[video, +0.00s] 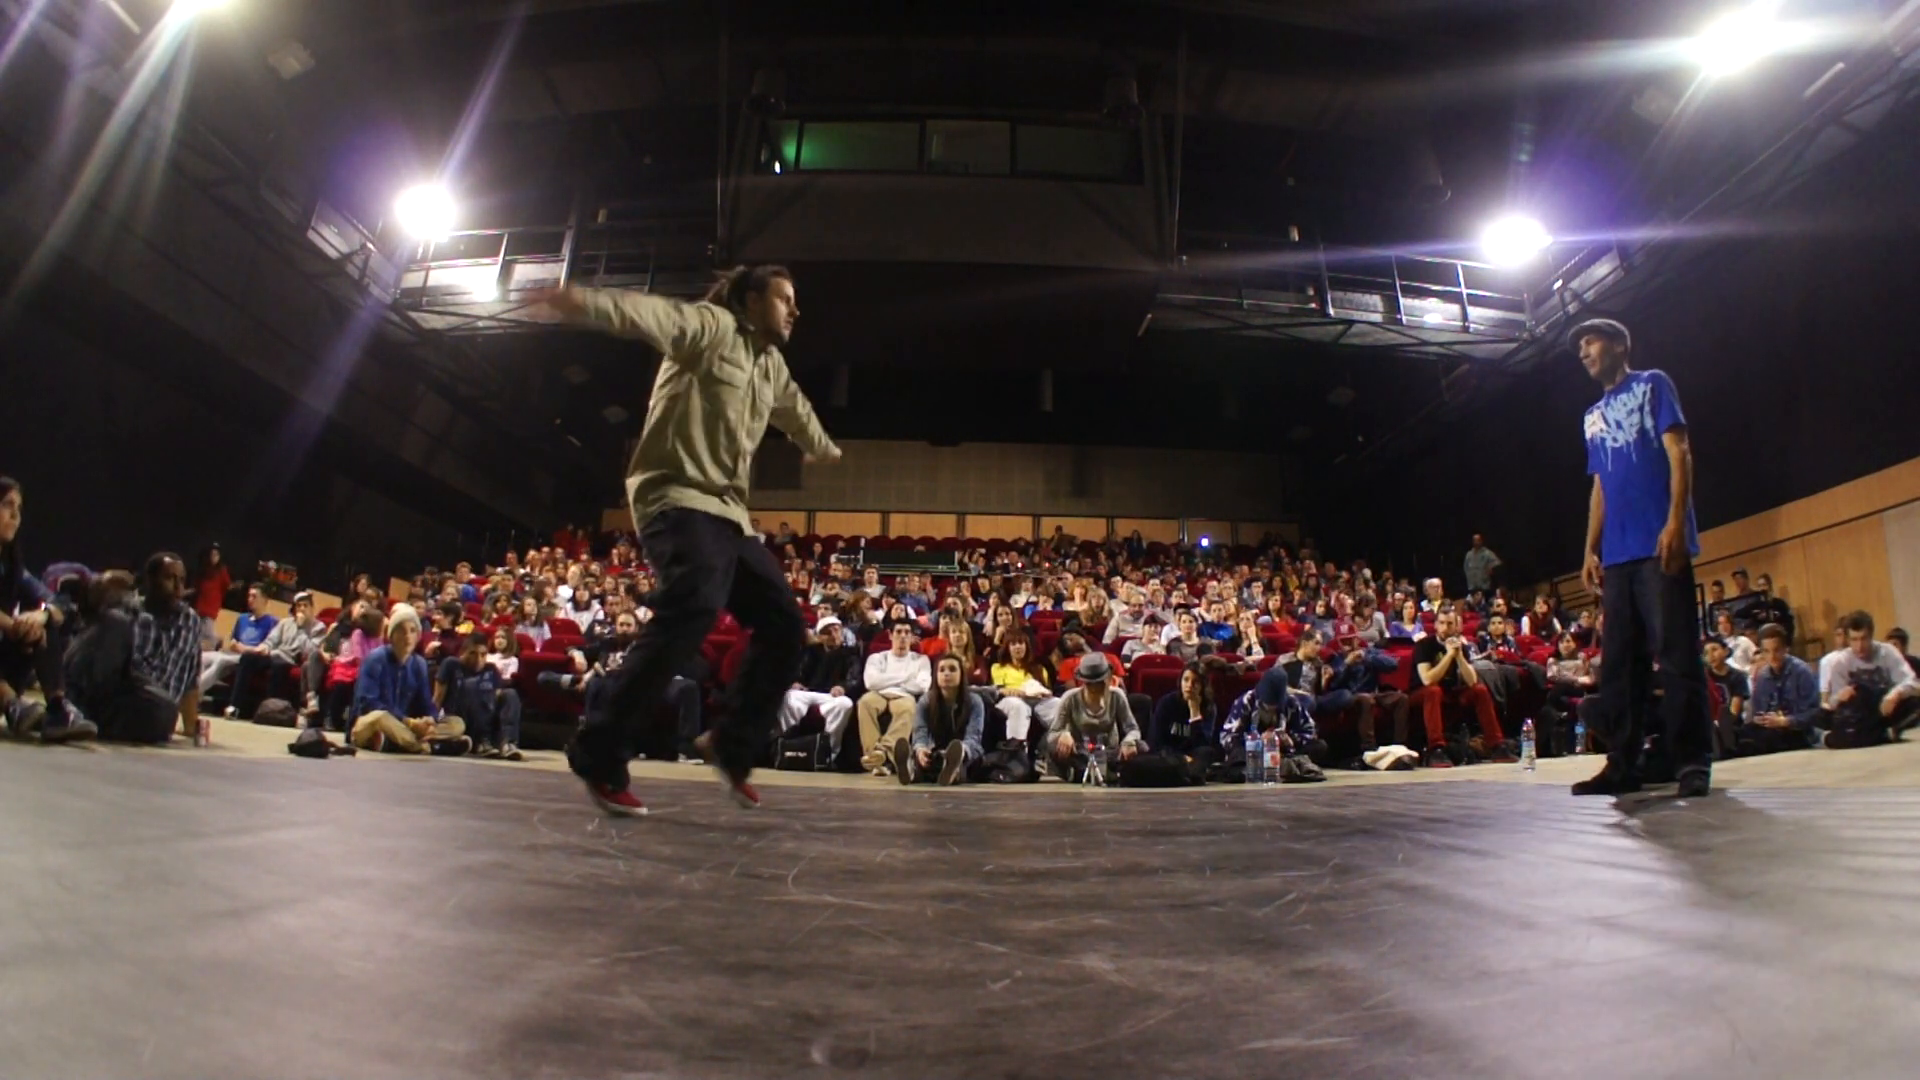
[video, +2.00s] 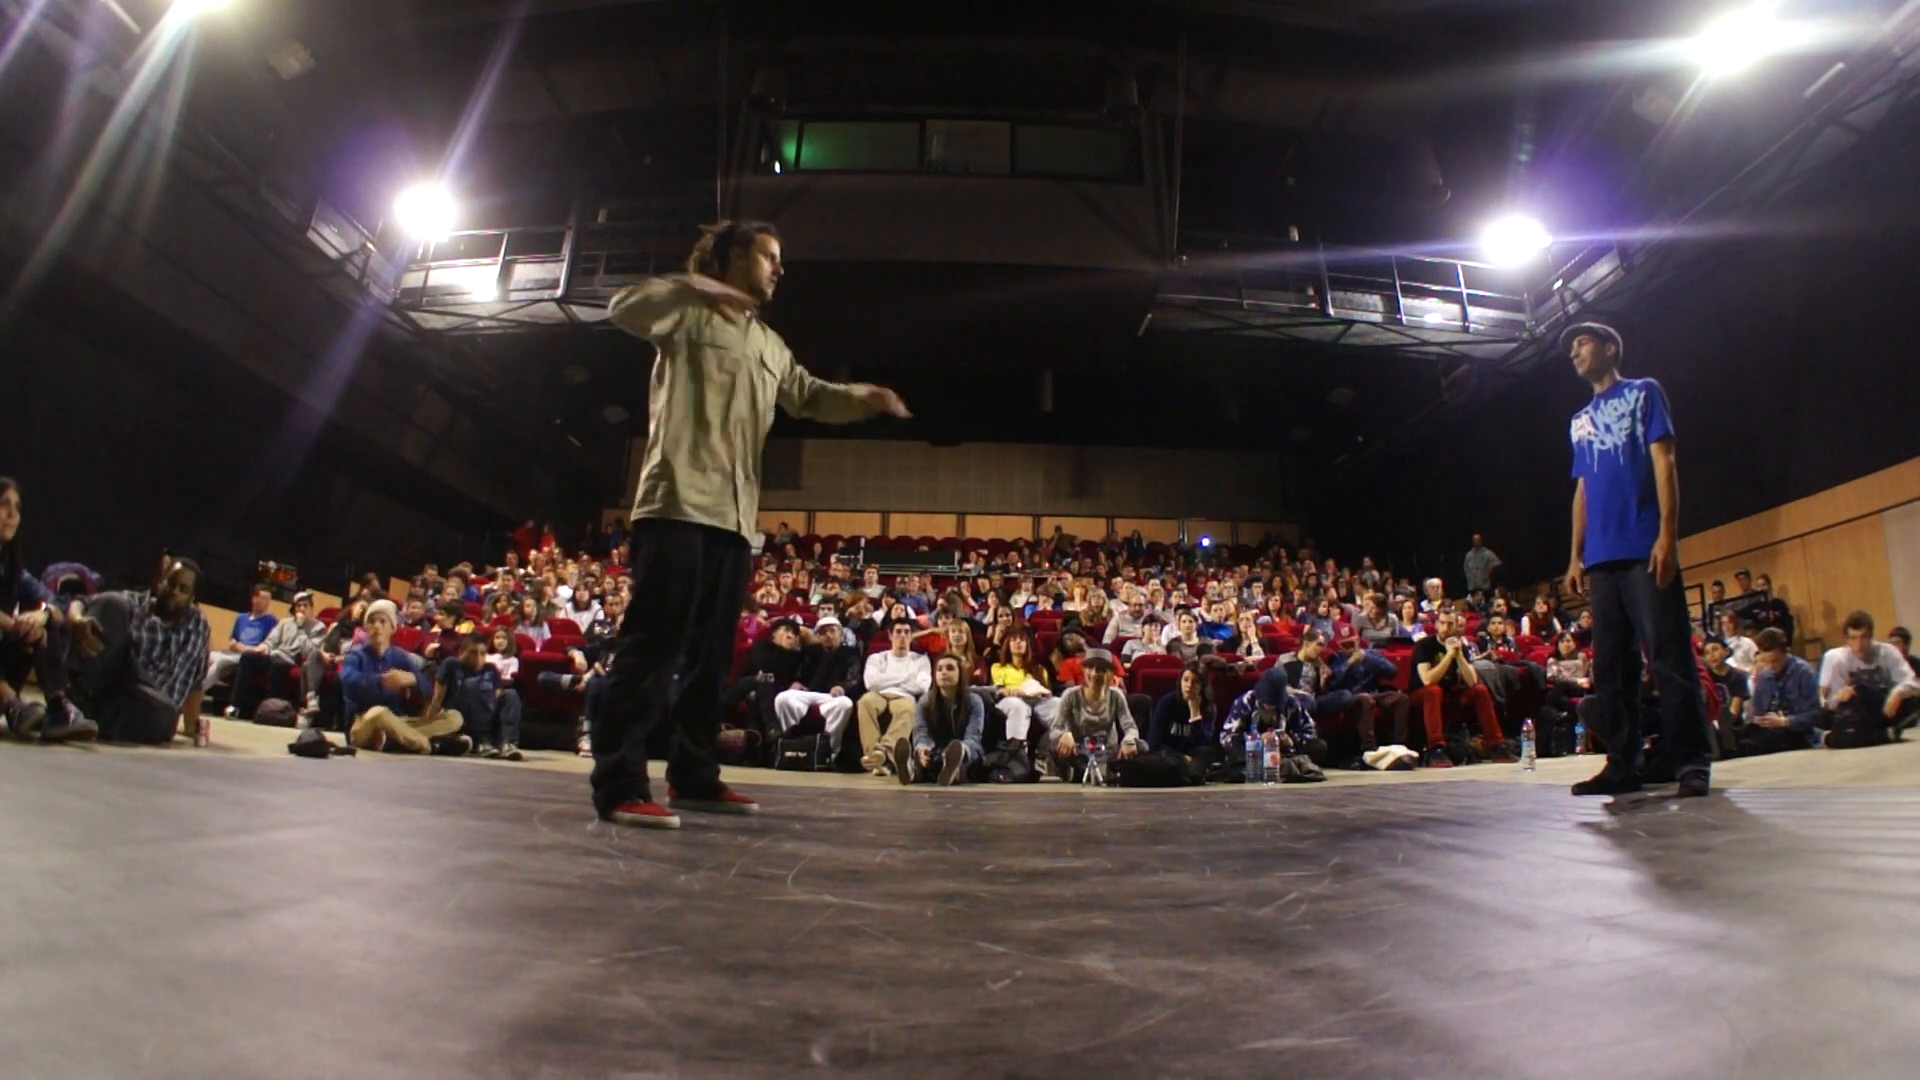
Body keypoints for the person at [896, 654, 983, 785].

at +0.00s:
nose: (947, 674)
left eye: (952, 669)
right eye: (942, 670)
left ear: (961, 674)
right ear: (936, 674)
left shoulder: (974, 701)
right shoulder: (925, 701)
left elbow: (974, 738)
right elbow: (920, 730)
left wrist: (962, 751)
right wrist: (920, 747)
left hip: (962, 751)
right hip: (934, 750)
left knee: (955, 762)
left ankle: (949, 773)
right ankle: (911, 768)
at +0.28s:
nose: (946, 673)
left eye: (951, 669)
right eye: (941, 670)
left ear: (961, 674)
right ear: (935, 675)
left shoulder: (974, 701)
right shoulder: (925, 702)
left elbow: (974, 737)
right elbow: (922, 735)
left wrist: (962, 751)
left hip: (963, 749)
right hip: (935, 749)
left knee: (956, 762)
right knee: (927, 759)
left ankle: (949, 773)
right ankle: (912, 768)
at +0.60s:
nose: (946, 674)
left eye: (951, 669)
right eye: (941, 670)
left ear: (961, 674)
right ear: (935, 675)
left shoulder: (974, 701)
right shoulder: (925, 701)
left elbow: (973, 737)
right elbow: (925, 738)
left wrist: (962, 752)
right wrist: (940, 749)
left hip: (964, 748)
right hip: (936, 750)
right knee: (927, 761)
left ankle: (949, 773)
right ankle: (912, 768)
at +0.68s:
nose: (946, 674)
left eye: (952, 669)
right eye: (941, 670)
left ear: (961, 674)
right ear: (935, 675)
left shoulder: (974, 701)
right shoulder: (926, 700)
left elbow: (973, 738)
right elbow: (923, 733)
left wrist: (962, 752)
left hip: (964, 750)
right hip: (935, 750)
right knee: (926, 761)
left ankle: (950, 772)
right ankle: (911, 769)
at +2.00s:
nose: (944, 673)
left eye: (950, 668)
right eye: (939, 669)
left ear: (960, 674)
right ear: (935, 675)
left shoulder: (974, 701)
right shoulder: (925, 701)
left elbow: (974, 736)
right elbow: (921, 730)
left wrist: (962, 750)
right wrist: (922, 747)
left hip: (963, 748)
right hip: (935, 749)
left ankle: (949, 773)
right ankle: (912, 768)